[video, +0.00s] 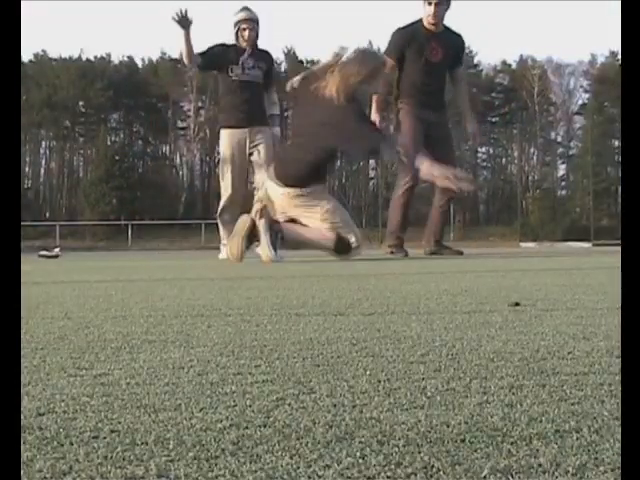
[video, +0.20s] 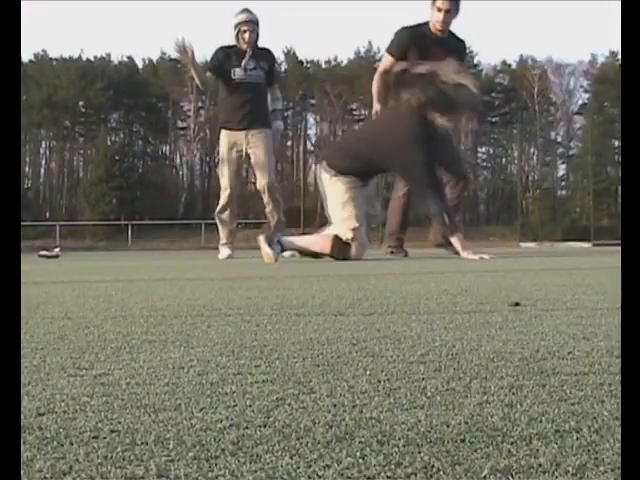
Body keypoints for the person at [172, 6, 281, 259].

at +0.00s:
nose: (248, 32)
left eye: (251, 28)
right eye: (243, 28)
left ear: (257, 30)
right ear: (237, 31)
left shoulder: (266, 58)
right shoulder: (223, 52)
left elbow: (271, 95)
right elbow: (191, 62)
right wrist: (186, 32)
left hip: (261, 129)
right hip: (231, 130)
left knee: (266, 187)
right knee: (231, 190)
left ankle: (266, 242)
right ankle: (228, 245)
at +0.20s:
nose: (247, 34)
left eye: (251, 30)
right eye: (243, 30)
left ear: (258, 32)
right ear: (236, 33)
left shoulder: (267, 57)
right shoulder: (223, 54)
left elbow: (274, 91)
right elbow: (205, 83)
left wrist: (278, 119)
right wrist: (192, 65)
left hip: (259, 131)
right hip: (230, 131)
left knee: (267, 184)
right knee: (227, 190)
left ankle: (278, 239)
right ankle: (225, 244)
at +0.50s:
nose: (257, 38)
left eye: (261, 33)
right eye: (252, 34)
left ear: (268, 34)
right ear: (246, 37)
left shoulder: (282, 55)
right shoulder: (237, 67)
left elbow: (305, 76)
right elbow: (234, 105)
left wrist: (314, 100)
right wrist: (218, 131)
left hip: (277, 134)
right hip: (247, 134)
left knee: (280, 191)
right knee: (237, 190)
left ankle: (281, 245)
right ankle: (227, 244)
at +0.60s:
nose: (263, 38)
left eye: (266, 34)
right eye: (258, 35)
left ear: (272, 35)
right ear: (250, 37)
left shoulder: (286, 55)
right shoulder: (242, 68)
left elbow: (315, 70)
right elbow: (236, 106)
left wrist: (322, 96)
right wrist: (228, 139)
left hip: (282, 136)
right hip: (251, 136)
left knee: (282, 192)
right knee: (242, 190)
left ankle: (281, 244)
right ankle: (229, 244)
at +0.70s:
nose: (269, 39)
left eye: (273, 35)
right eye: (264, 35)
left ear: (279, 37)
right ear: (257, 38)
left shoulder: (291, 57)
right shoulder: (245, 68)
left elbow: (325, 70)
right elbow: (234, 105)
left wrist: (332, 95)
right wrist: (235, 136)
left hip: (289, 135)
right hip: (259, 136)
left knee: (286, 192)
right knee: (250, 188)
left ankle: (282, 244)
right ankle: (237, 244)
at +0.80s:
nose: (274, 40)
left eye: (277, 36)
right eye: (269, 36)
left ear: (283, 38)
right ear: (261, 38)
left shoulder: (294, 59)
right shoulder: (248, 65)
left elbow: (327, 70)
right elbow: (233, 99)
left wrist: (340, 91)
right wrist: (231, 134)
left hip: (292, 136)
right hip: (263, 135)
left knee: (288, 192)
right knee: (254, 189)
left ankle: (282, 244)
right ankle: (242, 243)